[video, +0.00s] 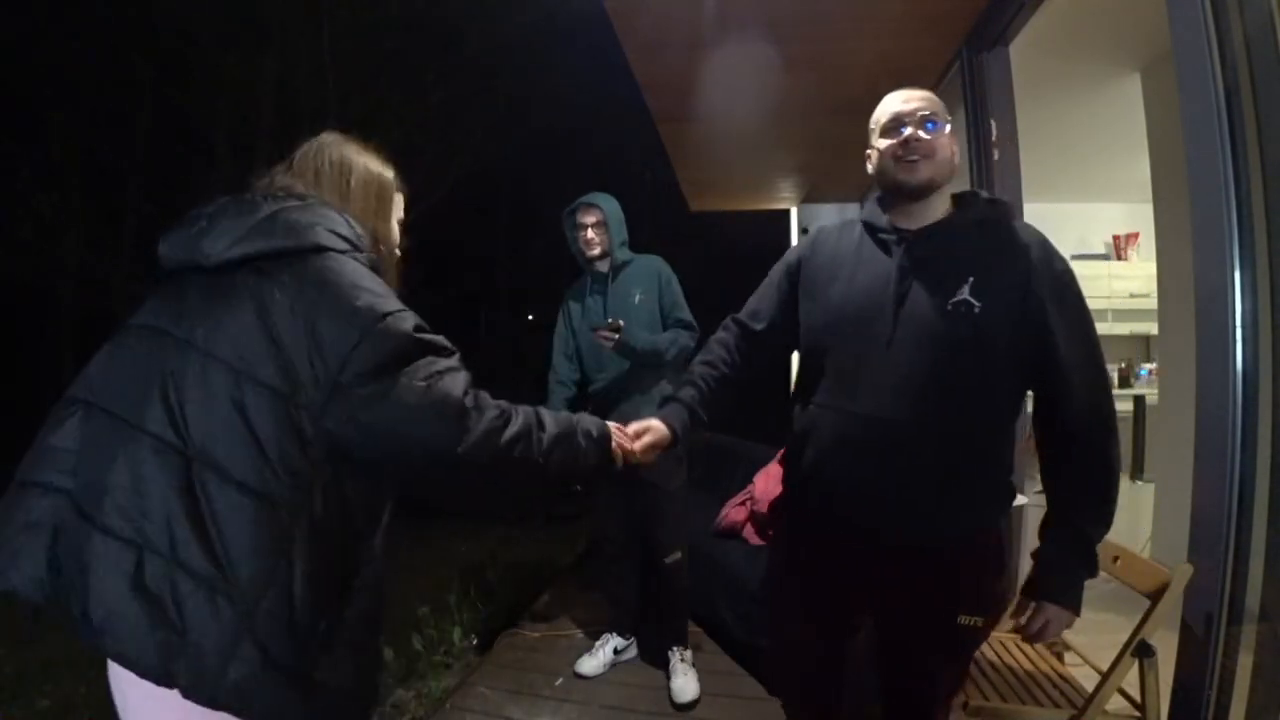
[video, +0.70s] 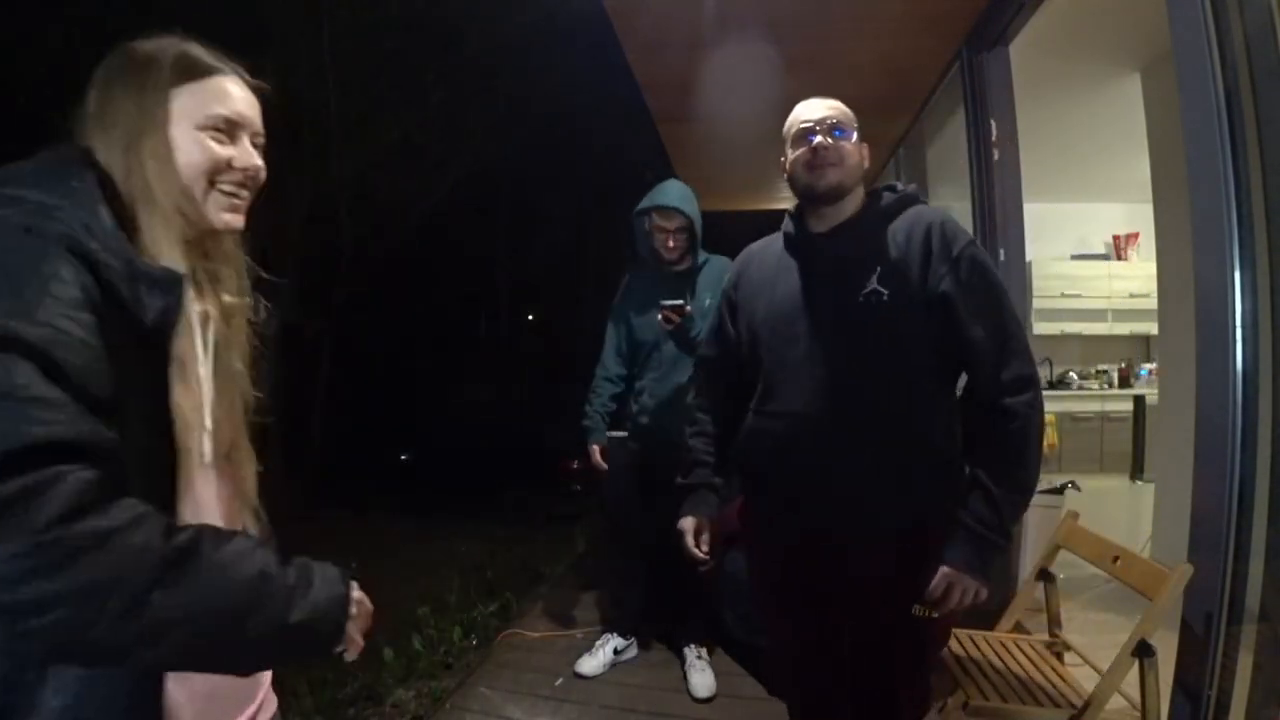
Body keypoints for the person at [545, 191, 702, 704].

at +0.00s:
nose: (590, 236)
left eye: (598, 227)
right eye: (582, 230)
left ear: (617, 228)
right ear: (573, 238)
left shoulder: (651, 271)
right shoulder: (576, 298)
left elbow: (687, 340)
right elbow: (562, 377)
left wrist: (633, 340)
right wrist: (558, 436)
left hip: (659, 426)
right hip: (601, 434)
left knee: (667, 543)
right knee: (612, 536)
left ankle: (676, 648)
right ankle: (622, 634)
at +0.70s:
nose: (668, 240)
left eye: (677, 230)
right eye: (659, 231)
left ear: (695, 230)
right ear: (646, 234)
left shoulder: (719, 275)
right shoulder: (635, 287)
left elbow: (732, 354)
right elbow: (613, 363)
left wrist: (689, 331)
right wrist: (596, 424)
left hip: (700, 431)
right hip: (641, 431)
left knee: (694, 533)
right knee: (626, 531)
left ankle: (695, 642)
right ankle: (621, 633)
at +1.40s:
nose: (688, 232)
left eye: (698, 223)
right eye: (679, 223)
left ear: (716, 225)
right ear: (667, 226)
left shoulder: (741, 280)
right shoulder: (645, 280)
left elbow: (761, 353)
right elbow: (605, 355)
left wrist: (721, 325)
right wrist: (568, 421)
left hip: (710, 448)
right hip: (642, 446)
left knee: (701, 556)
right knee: (629, 557)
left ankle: (697, 645)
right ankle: (601, 667)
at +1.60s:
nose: (674, 233)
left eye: (685, 224)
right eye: (665, 223)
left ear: (702, 227)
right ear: (648, 226)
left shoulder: (723, 281)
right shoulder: (624, 281)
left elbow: (735, 368)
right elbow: (598, 369)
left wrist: (704, 333)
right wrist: (587, 448)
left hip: (695, 455)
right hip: (628, 451)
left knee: (689, 566)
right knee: (617, 562)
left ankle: (692, 677)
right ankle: (596, 674)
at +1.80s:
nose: (657, 231)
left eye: (667, 221)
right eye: (647, 221)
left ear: (682, 225)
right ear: (629, 224)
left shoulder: (700, 281)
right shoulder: (601, 280)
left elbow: (712, 371)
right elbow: (583, 366)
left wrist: (685, 336)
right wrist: (579, 446)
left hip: (683, 448)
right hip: (615, 447)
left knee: (692, 550)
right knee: (605, 559)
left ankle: (696, 650)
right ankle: (591, 675)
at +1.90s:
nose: (649, 231)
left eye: (659, 222)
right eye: (639, 221)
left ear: (673, 226)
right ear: (620, 223)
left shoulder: (689, 281)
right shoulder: (589, 280)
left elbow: (707, 359)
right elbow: (568, 360)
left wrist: (678, 335)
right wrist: (587, 415)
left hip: (671, 435)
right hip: (602, 433)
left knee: (679, 539)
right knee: (595, 553)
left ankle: (697, 644)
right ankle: (590, 676)